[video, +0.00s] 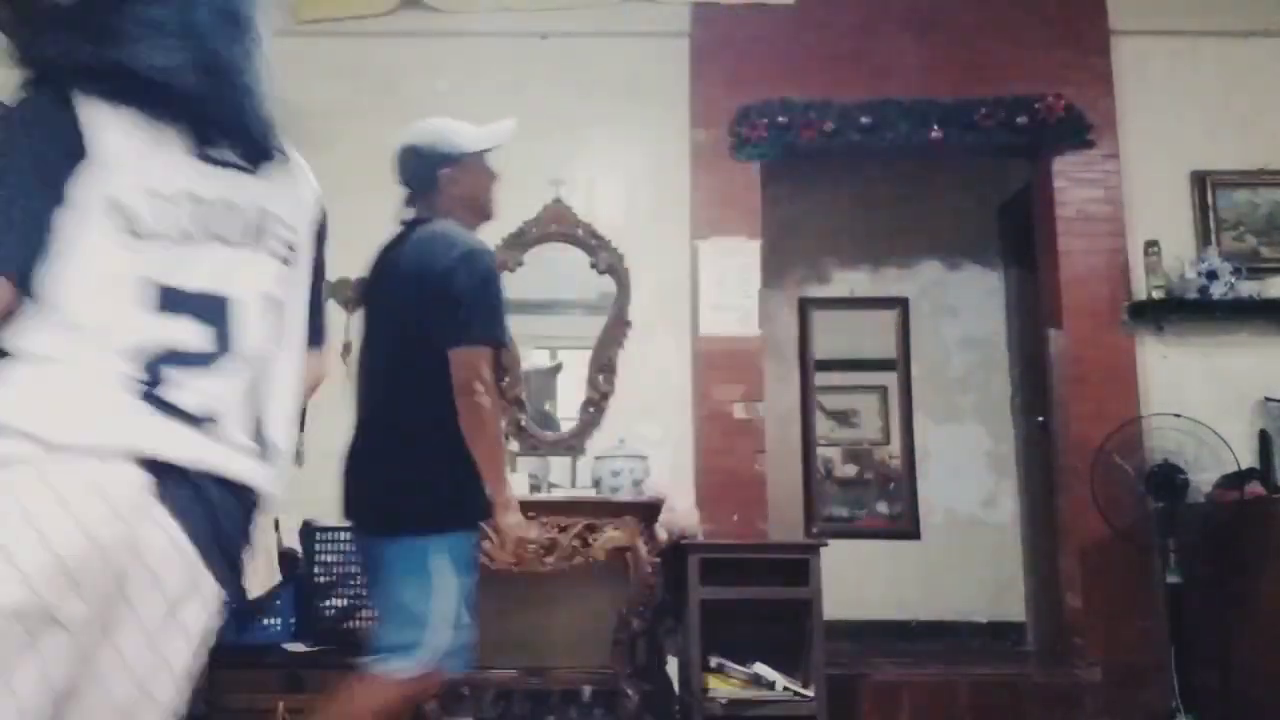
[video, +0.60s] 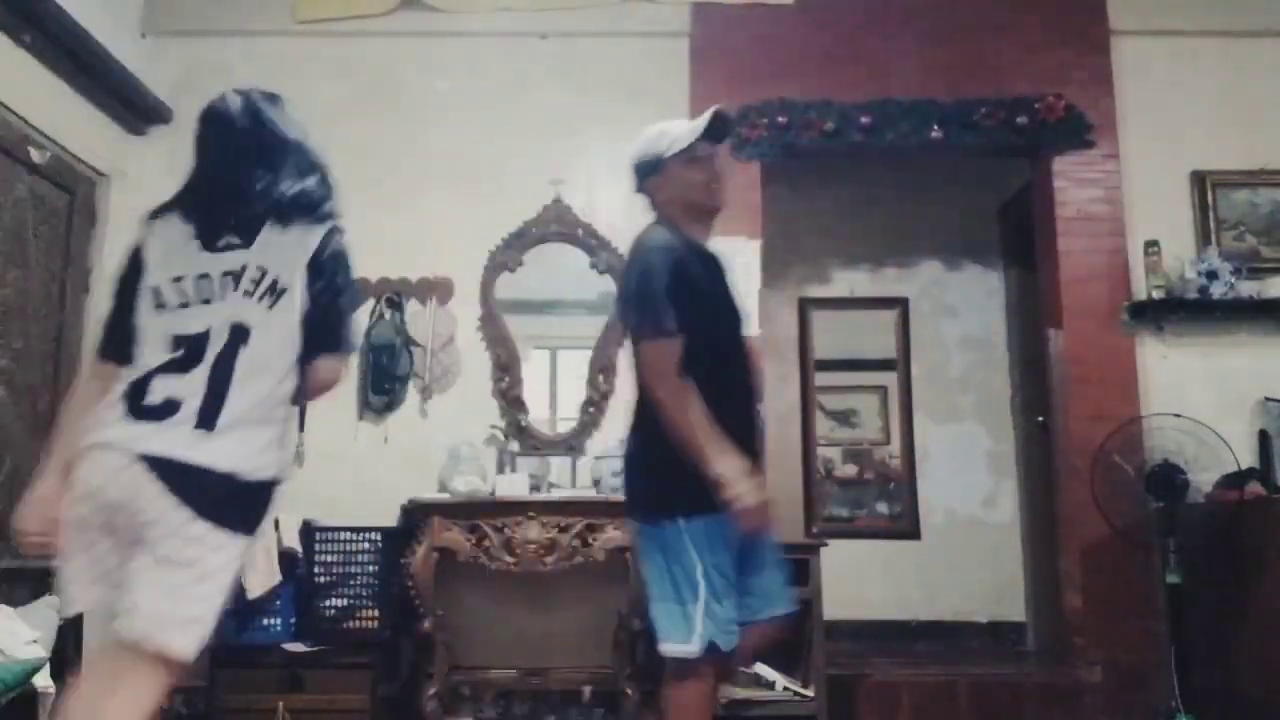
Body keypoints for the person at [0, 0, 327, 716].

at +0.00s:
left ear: (67, 17)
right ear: (229, 28)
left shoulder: (57, 117)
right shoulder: (293, 177)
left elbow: (2, 288)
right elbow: (310, 364)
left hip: (44, 475)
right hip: (205, 508)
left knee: (20, 700)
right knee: (128, 706)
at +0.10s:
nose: (221, 10)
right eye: (219, 12)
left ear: (110, 9)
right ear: (216, 18)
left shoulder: (30, 74)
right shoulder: (274, 144)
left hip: (25, 428)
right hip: (175, 479)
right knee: (59, 703)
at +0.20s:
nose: (215, 45)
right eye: (207, 28)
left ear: (62, 28)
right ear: (190, 45)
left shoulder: (19, 116)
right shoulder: (233, 161)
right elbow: (277, 313)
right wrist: (210, 427)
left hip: (14, 431)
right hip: (136, 470)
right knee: (54, 693)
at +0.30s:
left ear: (32, 93)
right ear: (166, 105)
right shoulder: (227, 238)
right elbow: (235, 400)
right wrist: (155, 473)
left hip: (19, 512)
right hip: (120, 539)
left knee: (79, 702)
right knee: (80, 707)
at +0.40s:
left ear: (113, 149)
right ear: (218, 168)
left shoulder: (54, 241)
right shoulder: (254, 276)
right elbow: (233, 427)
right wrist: (154, 457)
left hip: (15, 509)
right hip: (133, 552)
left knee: (16, 697)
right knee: (64, 708)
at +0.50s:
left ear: (169, 163)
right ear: (258, 171)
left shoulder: (105, 242)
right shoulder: (288, 269)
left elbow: (51, 375)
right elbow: (280, 405)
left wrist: (12, 463)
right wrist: (205, 402)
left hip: (44, 496)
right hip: (168, 527)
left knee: (18, 695)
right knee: (86, 707)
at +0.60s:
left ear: (205, 150)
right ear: (291, 151)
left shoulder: (158, 229)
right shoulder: (315, 234)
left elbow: (104, 369)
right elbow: (326, 369)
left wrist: (51, 475)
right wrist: (270, 394)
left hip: (111, 463)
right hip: (214, 488)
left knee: (100, 669)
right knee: (143, 672)